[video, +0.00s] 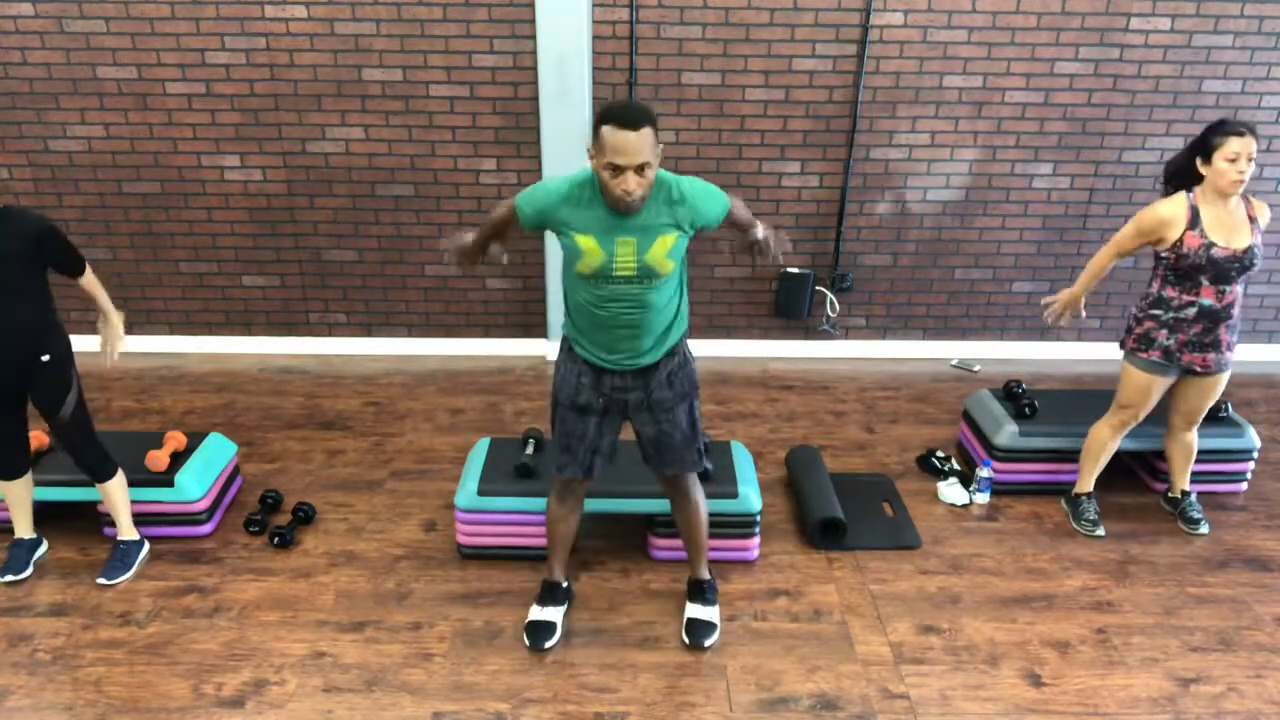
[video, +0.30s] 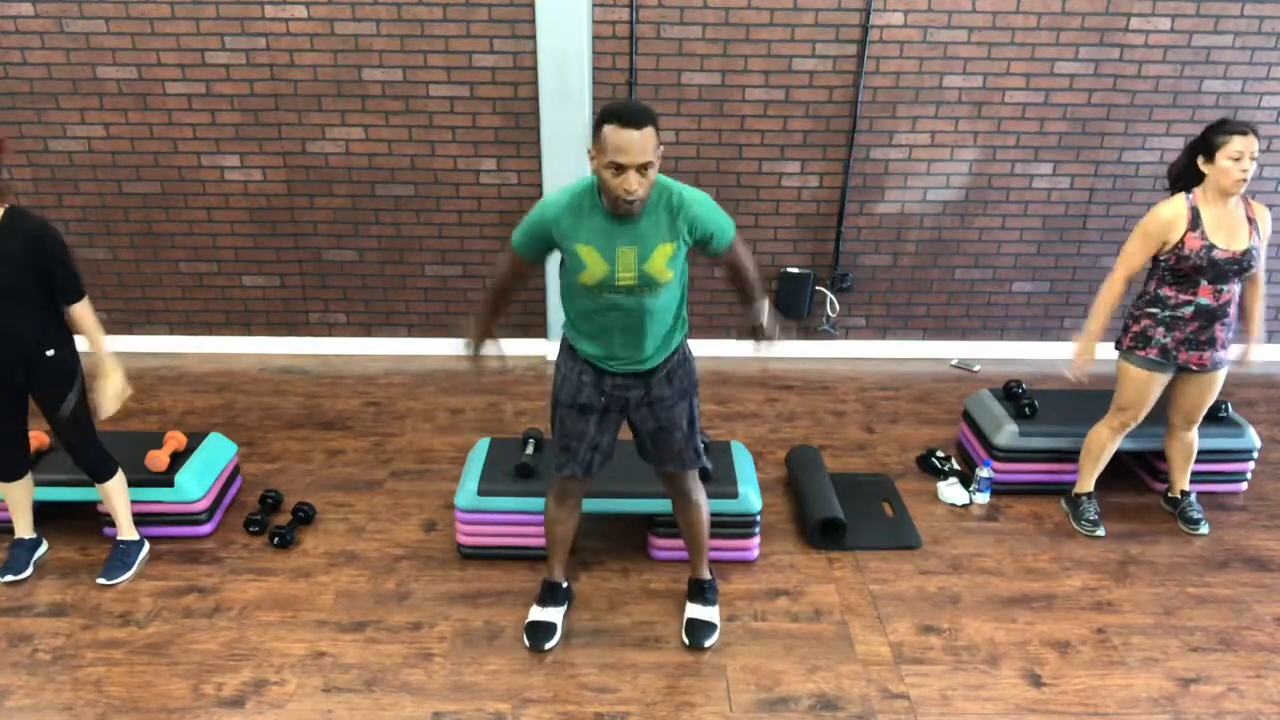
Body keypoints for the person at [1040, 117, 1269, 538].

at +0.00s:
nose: (1244, 169)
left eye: (1249, 161)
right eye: (1234, 159)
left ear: (1254, 165)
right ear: (1204, 164)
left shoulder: (1256, 213)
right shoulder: (1171, 213)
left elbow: (1226, 265)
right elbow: (1112, 250)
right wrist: (1075, 293)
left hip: (1215, 340)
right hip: (1161, 334)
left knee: (1187, 425)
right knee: (1123, 416)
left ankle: (1180, 494)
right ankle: (1081, 493)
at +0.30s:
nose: (1247, 167)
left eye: (1252, 159)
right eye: (1236, 158)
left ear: (1256, 164)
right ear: (1205, 163)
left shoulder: (1256, 217)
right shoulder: (1172, 213)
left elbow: (1254, 281)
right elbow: (1121, 275)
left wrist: (1252, 338)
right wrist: (1089, 337)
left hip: (1211, 338)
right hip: (1157, 333)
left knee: (1187, 424)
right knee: (1122, 418)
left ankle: (1180, 494)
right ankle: (1081, 493)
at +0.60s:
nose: (1254, 190)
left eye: (1257, 181)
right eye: (1242, 181)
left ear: (1260, 184)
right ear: (1209, 189)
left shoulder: (1263, 235)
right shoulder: (1177, 228)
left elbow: (1275, 289)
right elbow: (1156, 302)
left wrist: (1266, 276)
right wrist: (1228, 285)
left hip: (1186, 332)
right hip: (1134, 325)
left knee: (1196, 419)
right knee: (1115, 419)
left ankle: (1179, 494)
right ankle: (1080, 494)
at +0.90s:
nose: (1233, 275)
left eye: (1238, 265)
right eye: (1222, 265)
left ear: (1244, 268)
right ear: (1192, 271)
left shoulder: (1242, 307)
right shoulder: (1163, 299)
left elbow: (1272, 365)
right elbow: (1163, 370)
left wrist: (1274, 328)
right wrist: (1224, 328)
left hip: (1169, 364)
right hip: (1112, 357)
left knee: (1211, 434)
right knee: (1117, 432)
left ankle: (1178, 493)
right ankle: (1080, 494)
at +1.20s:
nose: (1229, 285)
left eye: (1235, 275)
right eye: (1219, 276)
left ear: (1241, 277)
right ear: (1190, 279)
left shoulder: (1244, 318)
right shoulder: (1160, 307)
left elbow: (1270, 370)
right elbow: (1141, 381)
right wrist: (1213, 384)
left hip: (1173, 372)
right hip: (1110, 363)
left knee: (1213, 437)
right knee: (1119, 435)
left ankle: (1178, 494)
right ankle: (1079, 495)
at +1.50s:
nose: (1244, 203)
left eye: (1249, 193)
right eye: (1233, 192)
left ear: (1254, 195)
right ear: (1202, 196)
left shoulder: (1254, 242)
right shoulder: (1171, 238)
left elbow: (1277, 295)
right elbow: (1107, 294)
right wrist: (1071, 355)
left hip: (1189, 338)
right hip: (1132, 334)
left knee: (1206, 427)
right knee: (1116, 430)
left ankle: (1179, 493)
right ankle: (1080, 494)